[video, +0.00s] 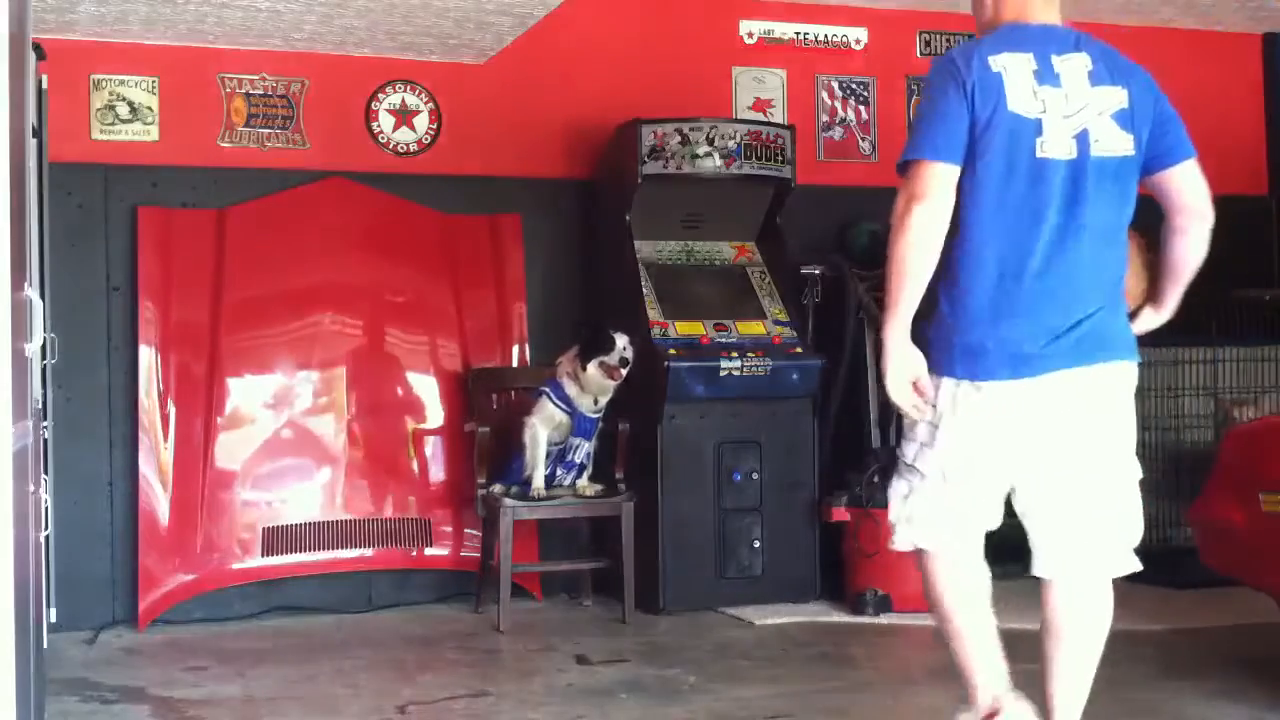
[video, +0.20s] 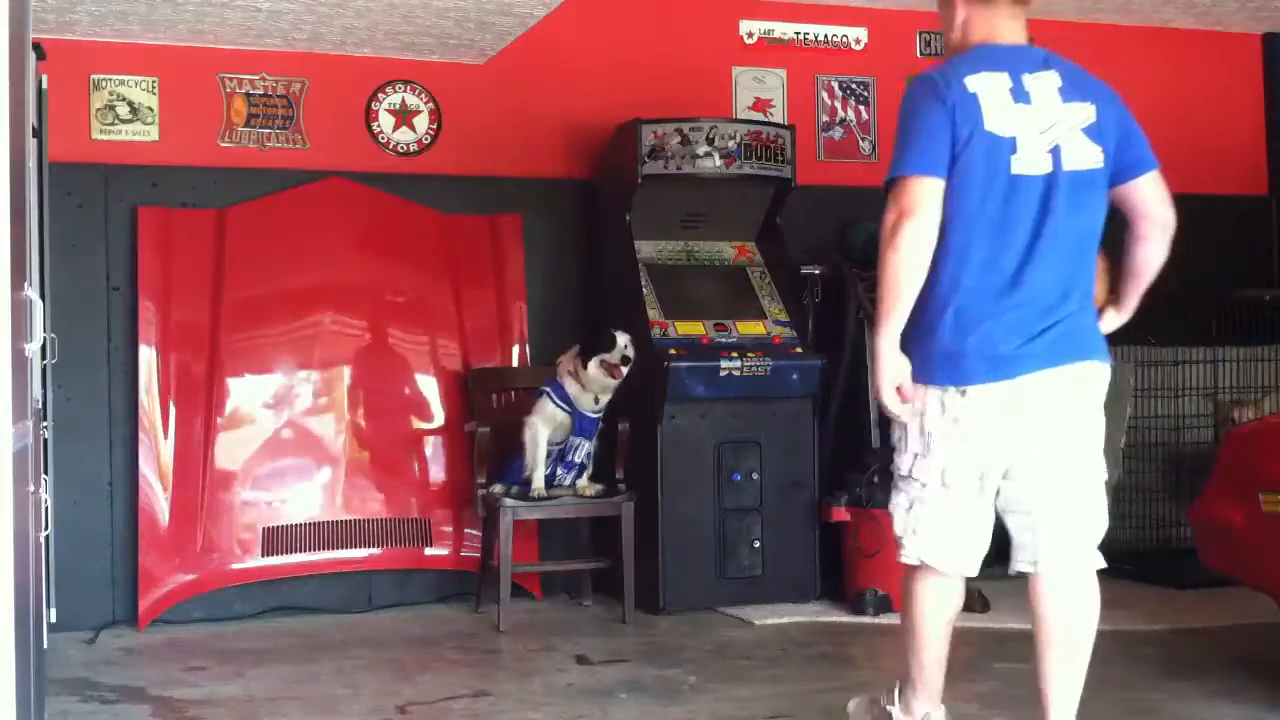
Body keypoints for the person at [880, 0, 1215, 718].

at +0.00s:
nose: (970, 9)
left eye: (972, 5)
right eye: (973, 7)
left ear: (989, 4)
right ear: (1059, 3)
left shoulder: (965, 68)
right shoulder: (1129, 78)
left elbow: (925, 201)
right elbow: (1193, 209)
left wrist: (896, 330)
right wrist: (1165, 299)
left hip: (978, 366)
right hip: (1096, 363)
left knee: (944, 532)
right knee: (1082, 556)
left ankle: (992, 698)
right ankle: (1065, 710)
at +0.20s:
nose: (937, 18)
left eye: (940, 10)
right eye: (941, 10)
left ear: (958, 10)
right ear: (1026, 12)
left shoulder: (938, 88)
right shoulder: (1093, 93)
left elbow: (914, 218)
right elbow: (1155, 219)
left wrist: (886, 338)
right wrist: (1122, 304)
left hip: (961, 370)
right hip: (1070, 365)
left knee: (938, 549)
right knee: (1065, 556)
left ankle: (922, 704)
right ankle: (1061, 710)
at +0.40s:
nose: (896, 37)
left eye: (897, 23)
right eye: (898, 23)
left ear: (914, 24)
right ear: (976, 21)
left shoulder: (897, 108)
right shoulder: (1046, 100)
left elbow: (870, 237)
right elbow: (1109, 226)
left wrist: (844, 350)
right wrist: (1086, 306)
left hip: (926, 371)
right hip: (1029, 364)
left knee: (922, 546)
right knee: (1027, 544)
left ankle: (926, 705)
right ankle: (1055, 706)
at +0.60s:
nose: (864, 55)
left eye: (863, 41)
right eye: (866, 41)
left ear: (876, 37)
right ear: (943, 34)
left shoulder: (859, 119)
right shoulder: (1009, 109)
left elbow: (821, 244)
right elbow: (1072, 230)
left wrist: (793, 345)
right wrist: (1061, 312)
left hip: (892, 369)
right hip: (989, 361)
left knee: (904, 538)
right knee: (983, 516)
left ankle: (925, 703)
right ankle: (1015, 654)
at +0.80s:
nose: (850, 63)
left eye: (850, 50)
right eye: (854, 50)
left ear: (859, 51)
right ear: (926, 50)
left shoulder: (842, 126)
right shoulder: (985, 123)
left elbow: (798, 251)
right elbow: (1039, 240)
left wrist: (781, 330)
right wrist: (1029, 323)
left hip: (879, 369)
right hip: (968, 362)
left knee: (897, 536)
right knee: (957, 530)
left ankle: (928, 697)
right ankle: (942, 672)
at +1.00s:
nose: (841, 79)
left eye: (841, 68)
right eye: (844, 69)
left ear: (850, 65)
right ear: (915, 64)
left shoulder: (836, 138)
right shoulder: (972, 139)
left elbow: (801, 266)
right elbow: (1007, 263)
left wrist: (814, 313)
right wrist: (962, 328)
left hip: (868, 369)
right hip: (950, 364)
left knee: (885, 532)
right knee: (936, 526)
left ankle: (928, 698)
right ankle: (906, 667)